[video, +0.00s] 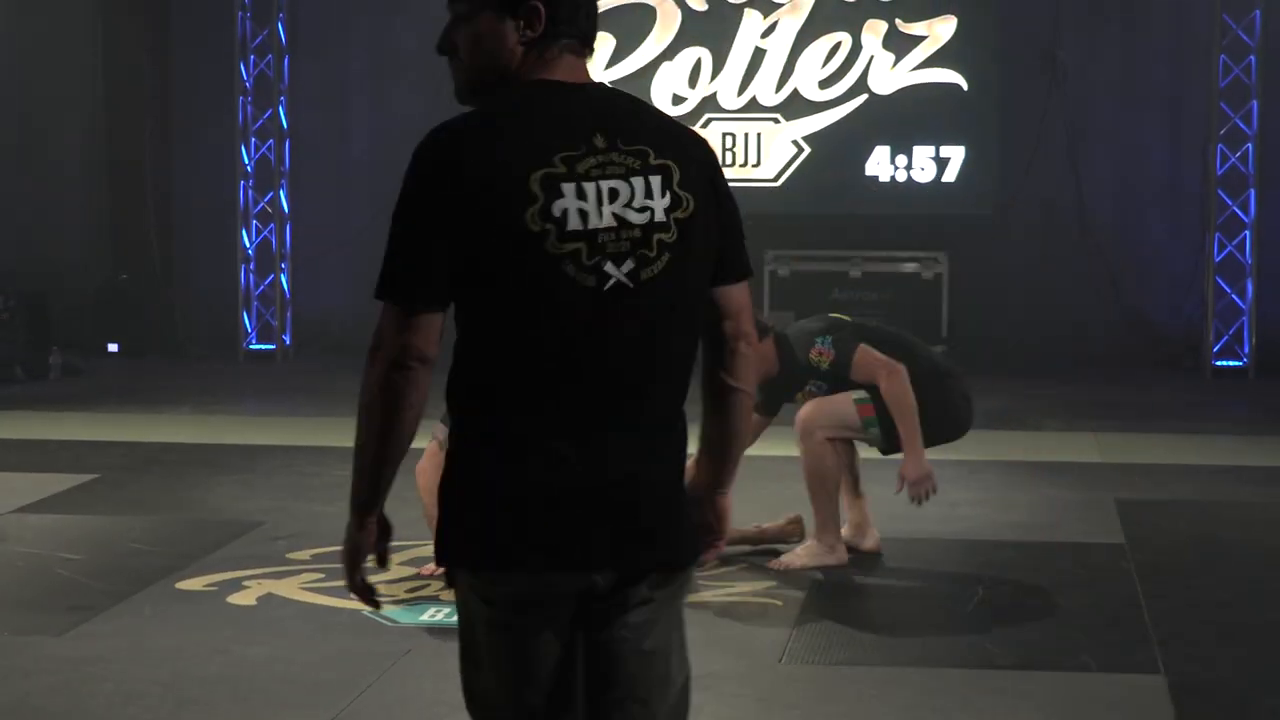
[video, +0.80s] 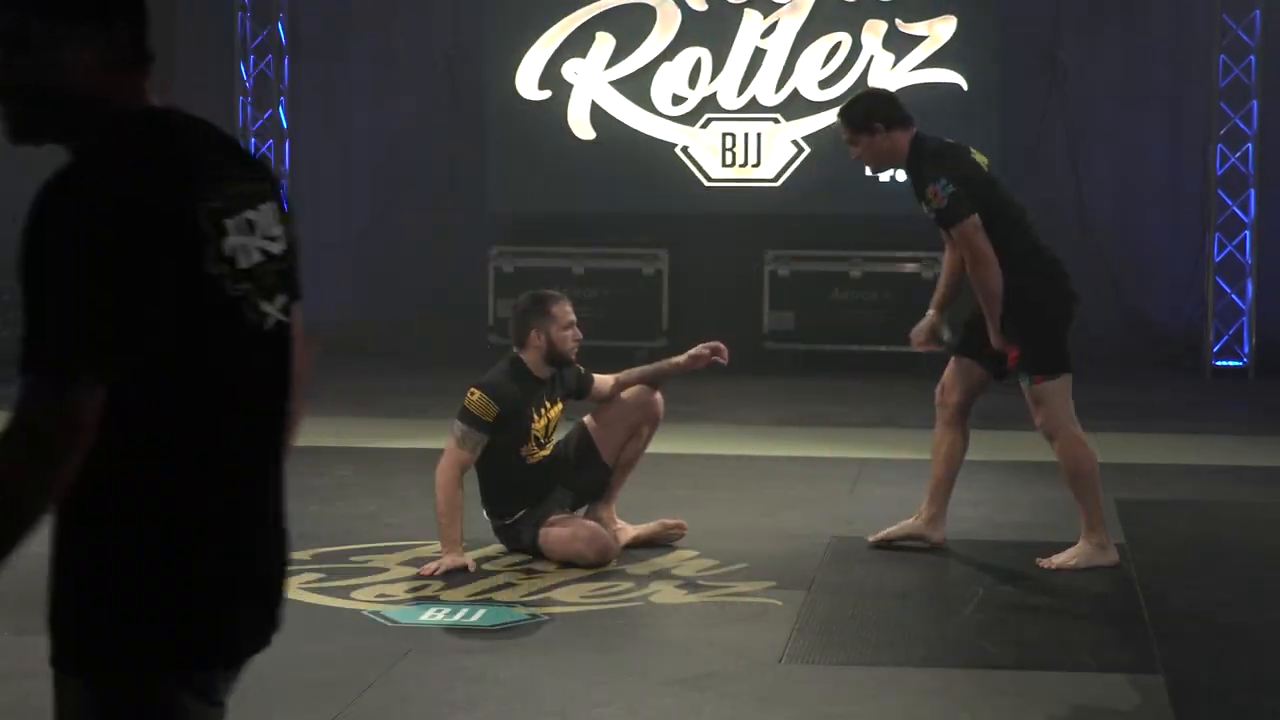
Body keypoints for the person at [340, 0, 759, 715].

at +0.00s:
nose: (443, 47)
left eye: (459, 23)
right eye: (447, 27)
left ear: (527, 22)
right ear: (578, 32)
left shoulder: (458, 151)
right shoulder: (684, 148)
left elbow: (409, 349)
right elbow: (737, 336)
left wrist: (368, 503)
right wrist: (712, 482)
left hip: (508, 507)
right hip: (646, 502)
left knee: (517, 704)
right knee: (646, 705)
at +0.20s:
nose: (399, 38)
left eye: (419, 14)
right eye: (403, 17)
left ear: (494, 16)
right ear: (502, 21)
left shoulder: (441, 144)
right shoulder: (632, 145)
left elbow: (428, 346)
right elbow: (687, 328)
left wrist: (370, 529)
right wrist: (663, 477)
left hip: (467, 529)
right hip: (604, 523)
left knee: (431, 705)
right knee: (592, 708)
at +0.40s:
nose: (300, 64)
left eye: (322, 37)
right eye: (300, 43)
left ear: (401, 34)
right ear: (408, 36)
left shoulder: (358, 181)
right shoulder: (542, 155)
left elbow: (383, 388)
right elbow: (605, 355)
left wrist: (349, 583)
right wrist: (578, 502)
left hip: (404, 575)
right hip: (539, 556)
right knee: (541, 706)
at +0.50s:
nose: (227, 83)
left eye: (247, 55)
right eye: (228, 60)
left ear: (326, 52)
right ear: (338, 55)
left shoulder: (294, 200)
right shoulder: (466, 171)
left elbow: (320, 423)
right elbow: (537, 353)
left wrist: (278, 617)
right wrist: (496, 503)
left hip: (344, 602)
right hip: (472, 578)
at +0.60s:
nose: (138, 88)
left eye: (155, 61)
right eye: (138, 63)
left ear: (226, 61)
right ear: (256, 61)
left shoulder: (218, 211)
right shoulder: (384, 183)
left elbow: (227, 435)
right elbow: (446, 370)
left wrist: (166, 630)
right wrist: (403, 521)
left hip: (258, 607)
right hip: (381, 585)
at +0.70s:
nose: (57, 85)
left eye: (78, 57)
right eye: (60, 58)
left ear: (154, 54)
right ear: (177, 56)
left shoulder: (150, 204)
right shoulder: (309, 176)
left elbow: (134, 433)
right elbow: (357, 392)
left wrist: (37, 648)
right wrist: (303, 536)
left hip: (175, 614)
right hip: (296, 593)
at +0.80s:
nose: (5, 77)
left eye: (18, 48)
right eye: (10, 52)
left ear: (69, 52)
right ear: (129, 53)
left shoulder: (79, 199)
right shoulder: (236, 165)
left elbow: (52, 423)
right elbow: (287, 373)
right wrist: (239, 490)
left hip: (128, 586)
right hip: (240, 563)